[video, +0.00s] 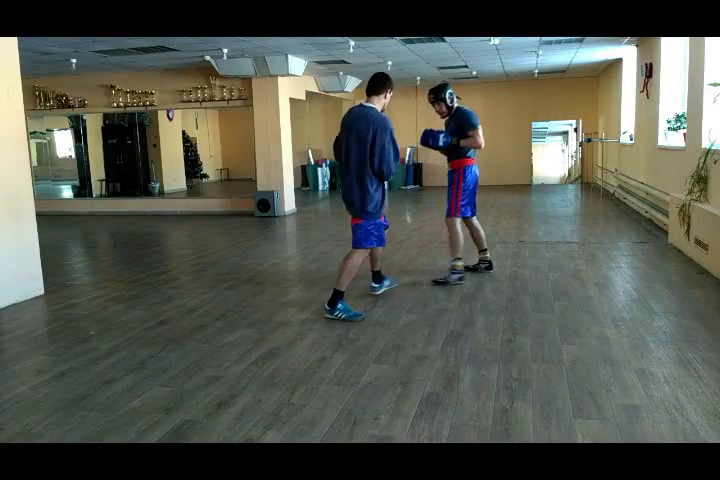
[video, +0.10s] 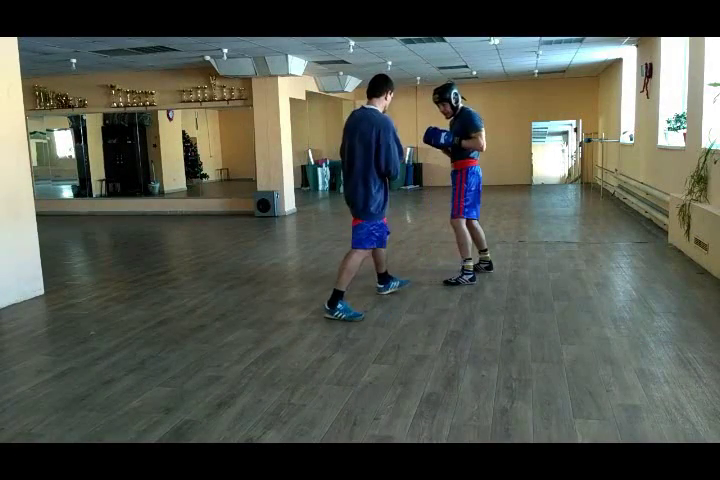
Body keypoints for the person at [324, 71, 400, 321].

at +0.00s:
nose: (389, 100)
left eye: (389, 95)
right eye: (391, 95)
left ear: (367, 91)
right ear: (386, 94)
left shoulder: (351, 115)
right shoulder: (381, 122)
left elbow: (338, 150)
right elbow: (386, 168)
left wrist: (355, 167)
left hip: (351, 187)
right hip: (371, 191)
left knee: (376, 231)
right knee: (361, 247)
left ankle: (377, 278)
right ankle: (335, 302)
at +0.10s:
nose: (391, 100)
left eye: (390, 96)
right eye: (391, 96)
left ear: (368, 93)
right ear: (387, 95)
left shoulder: (353, 118)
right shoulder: (383, 123)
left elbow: (345, 155)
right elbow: (391, 168)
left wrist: (357, 174)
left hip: (354, 188)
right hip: (373, 192)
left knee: (378, 235)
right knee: (360, 248)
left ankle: (384, 279)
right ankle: (335, 301)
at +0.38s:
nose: (402, 101)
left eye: (402, 97)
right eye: (402, 96)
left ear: (382, 93)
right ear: (396, 96)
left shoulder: (371, 114)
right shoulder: (381, 119)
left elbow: (381, 139)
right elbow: (383, 165)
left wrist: (398, 117)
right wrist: (395, 164)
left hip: (375, 192)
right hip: (370, 193)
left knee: (392, 234)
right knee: (363, 241)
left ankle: (387, 280)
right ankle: (340, 297)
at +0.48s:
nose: (402, 101)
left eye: (402, 96)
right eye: (403, 96)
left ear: (385, 91)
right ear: (399, 94)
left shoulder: (387, 115)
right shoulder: (378, 116)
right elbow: (379, 161)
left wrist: (424, 99)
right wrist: (396, 157)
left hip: (377, 185)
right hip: (366, 187)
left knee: (389, 232)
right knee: (366, 237)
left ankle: (387, 280)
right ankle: (349, 294)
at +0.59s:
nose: (400, 100)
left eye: (400, 96)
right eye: (401, 95)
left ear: (384, 90)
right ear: (396, 93)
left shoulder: (385, 113)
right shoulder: (376, 115)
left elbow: (405, 112)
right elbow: (373, 158)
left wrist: (422, 99)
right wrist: (394, 156)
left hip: (377, 186)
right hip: (365, 188)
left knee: (388, 231)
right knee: (367, 236)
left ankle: (387, 280)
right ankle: (345, 290)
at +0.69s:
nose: (392, 98)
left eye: (393, 94)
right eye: (392, 93)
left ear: (372, 90)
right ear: (386, 92)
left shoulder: (365, 111)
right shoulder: (369, 115)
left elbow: (379, 128)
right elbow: (371, 159)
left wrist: (399, 114)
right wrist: (389, 153)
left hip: (372, 189)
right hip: (363, 191)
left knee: (383, 233)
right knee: (365, 238)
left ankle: (387, 280)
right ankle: (330, 282)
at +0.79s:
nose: (384, 102)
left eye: (385, 97)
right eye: (384, 97)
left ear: (363, 93)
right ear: (379, 96)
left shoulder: (353, 115)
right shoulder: (365, 120)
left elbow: (357, 147)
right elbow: (373, 166)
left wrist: (377, 128)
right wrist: (385, 161)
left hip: (364, 192)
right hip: (358, 194)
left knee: (385, 230)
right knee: (356, 240)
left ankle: (387, 279)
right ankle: (326, 288)